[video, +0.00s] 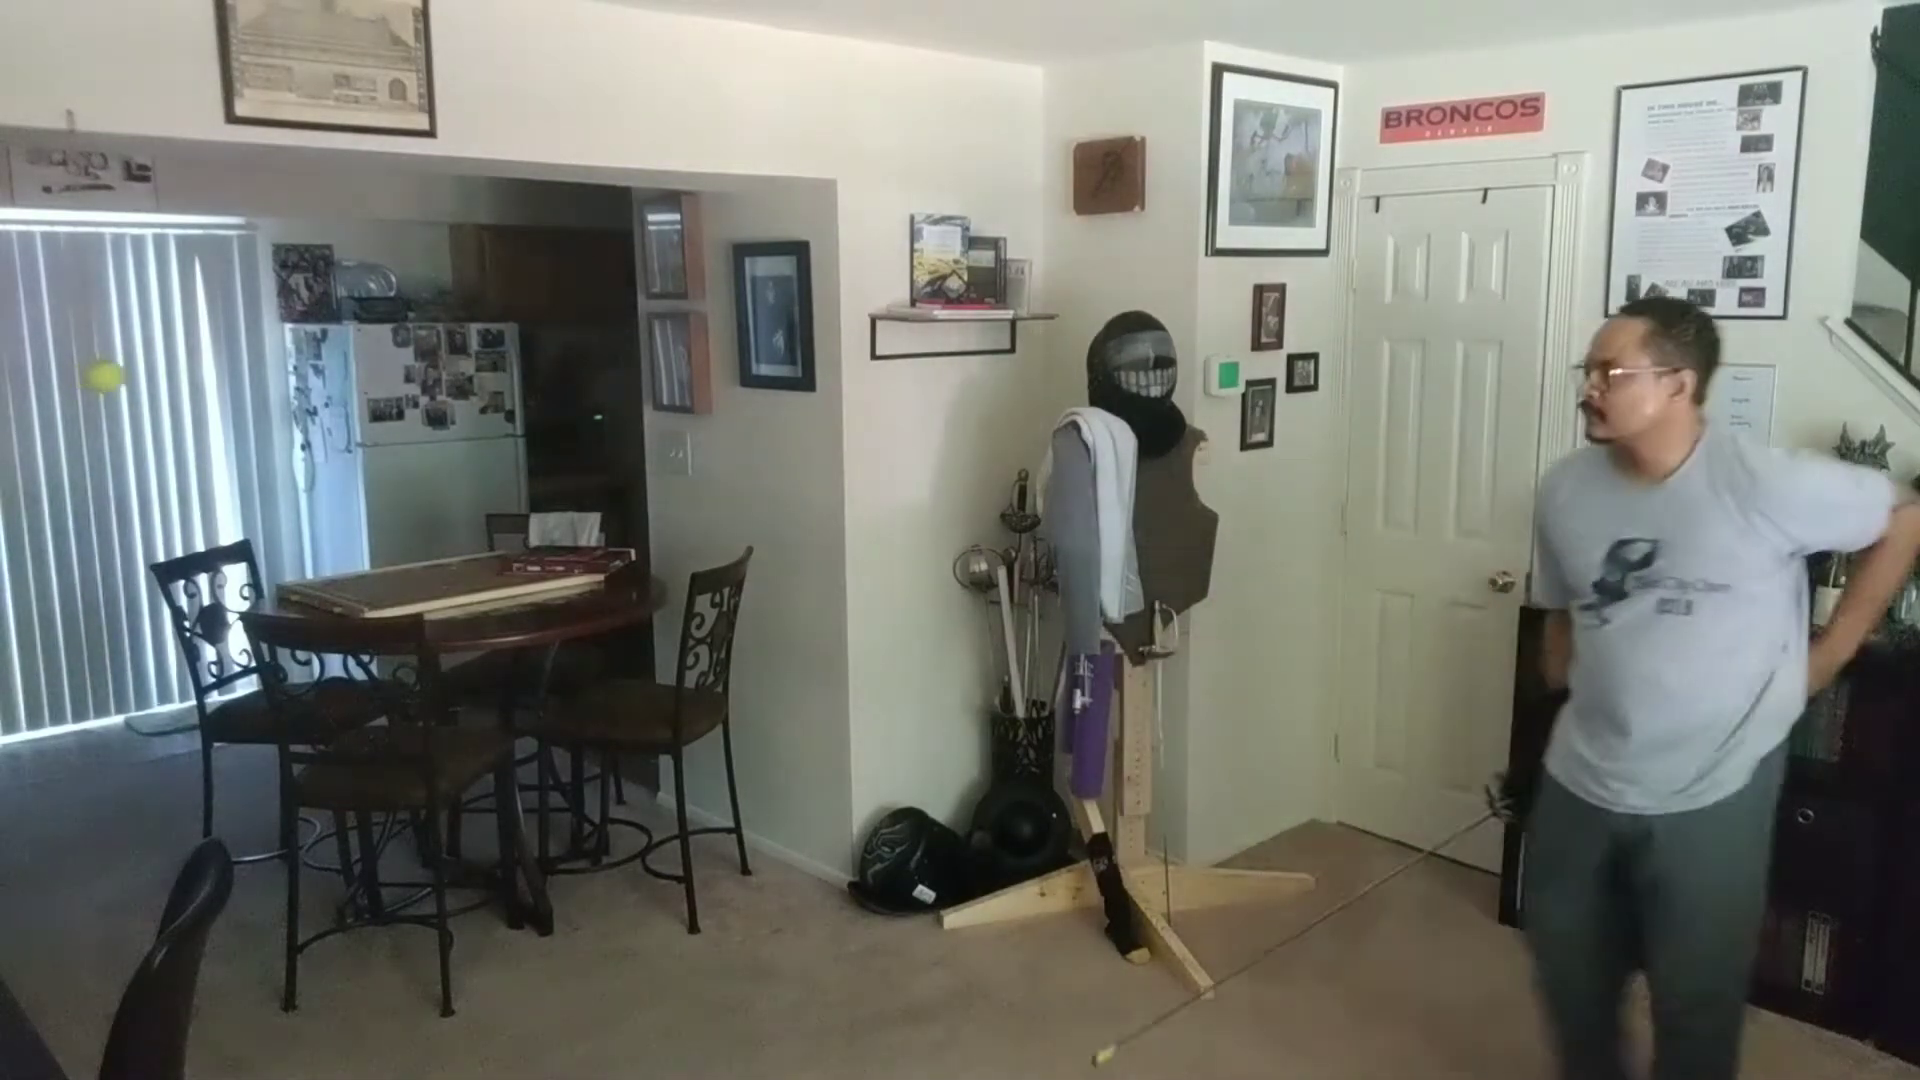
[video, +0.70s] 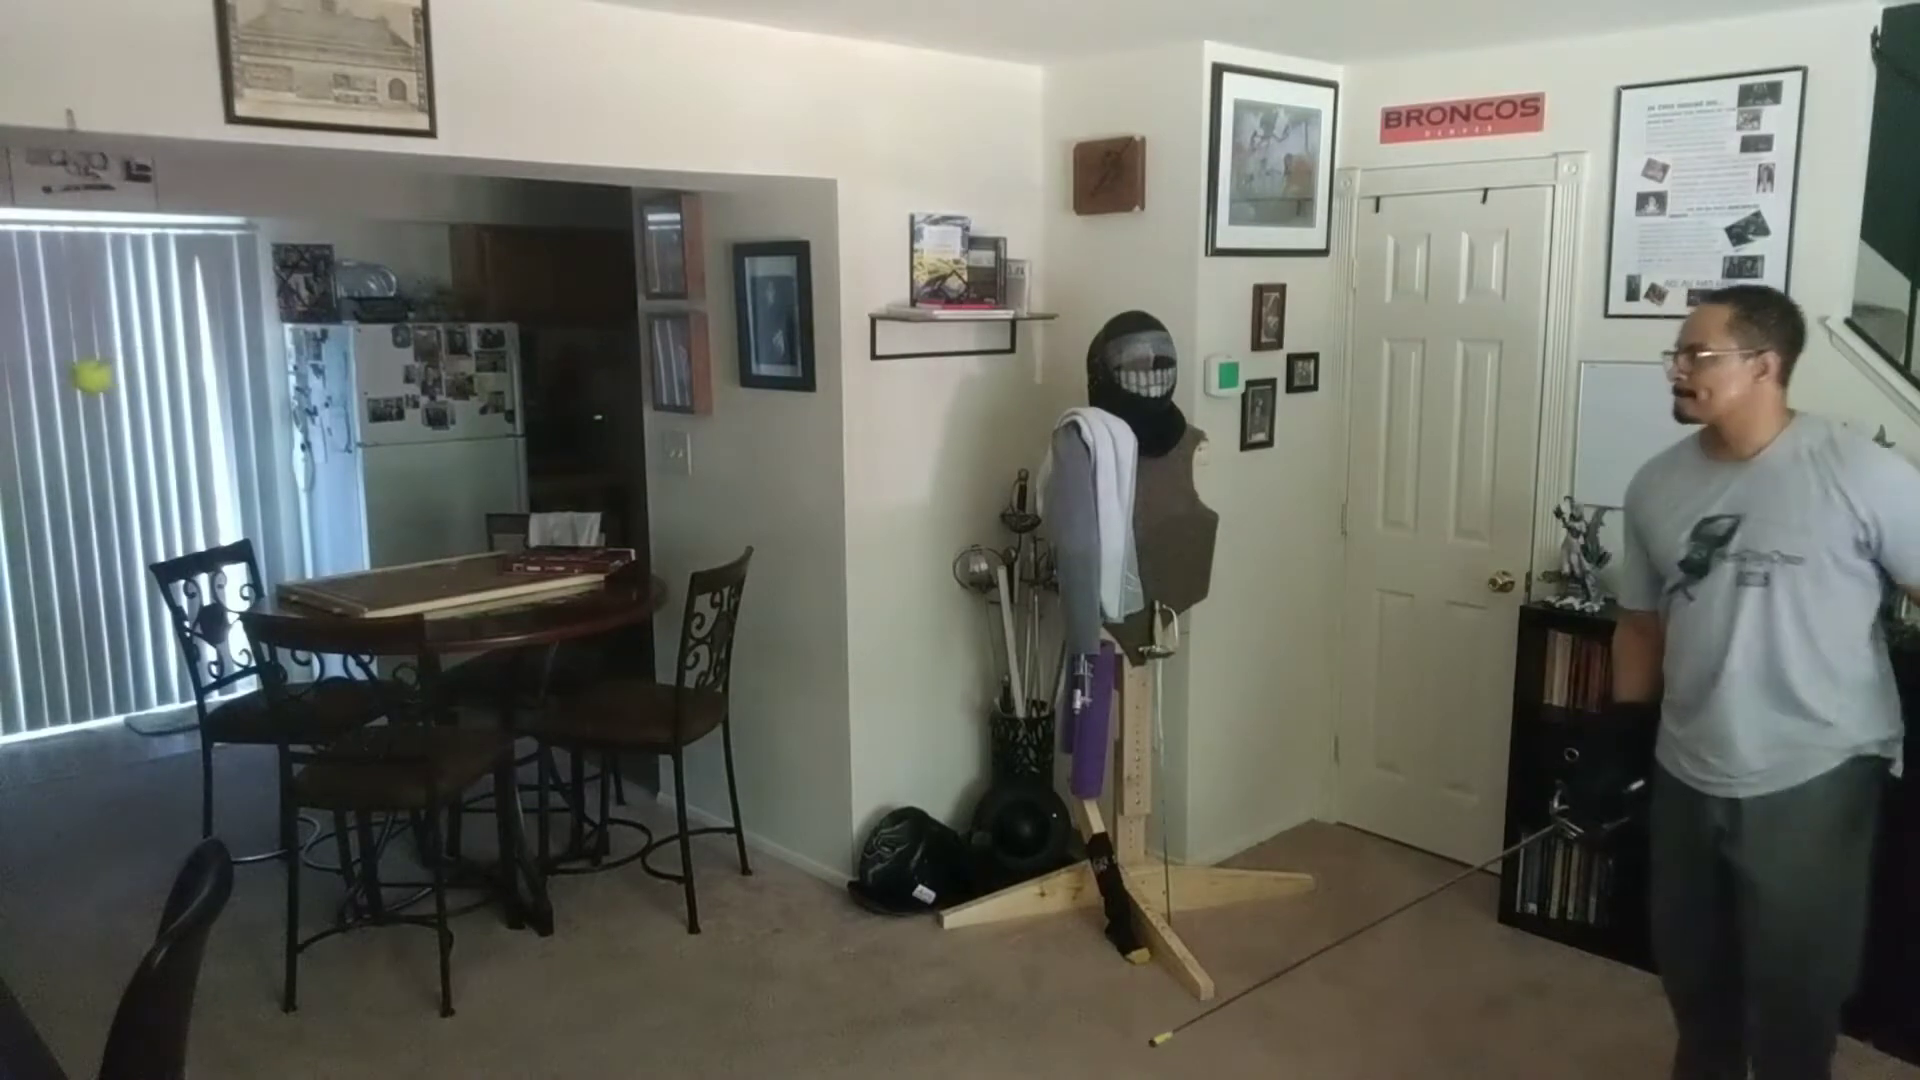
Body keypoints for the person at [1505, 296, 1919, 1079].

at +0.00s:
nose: (1587, 389)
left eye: (1608, 373)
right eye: (1587, 372)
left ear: (1675, 386)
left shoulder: (1763, 483)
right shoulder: (1565, 487)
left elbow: (1904, 518)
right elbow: (1560, 607)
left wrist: (1828, 657)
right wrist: (1563, 675)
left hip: (1716, 798)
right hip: (1579, 783)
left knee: (1696, 1022)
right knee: (1572, 1003)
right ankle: (1592, 1070)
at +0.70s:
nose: (1676, 370)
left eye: (1698, 356)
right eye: (1677, 354)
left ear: (1765, 367)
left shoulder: (1857, 470)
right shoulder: (1654, 486)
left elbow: (1916, 584)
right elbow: (1639, 628)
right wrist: (1623, 753)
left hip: (1814, 781)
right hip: (1686, 776)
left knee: (1792, 1016)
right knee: (1697, 1005)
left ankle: (1788, 1071)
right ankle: (1706, 1065)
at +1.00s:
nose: (1725, 387)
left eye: (1748, 370)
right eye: (1725, 370)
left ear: (1817, 380)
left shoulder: (1901, 487)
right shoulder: (1691, 501)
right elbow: (1609, 627)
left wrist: (1912, 734)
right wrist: (1547, 719)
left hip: (1857, 801)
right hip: (1710, 782)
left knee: (1843, 1016)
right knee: (1633, 925)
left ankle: (1809, 1074)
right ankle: (1683, 1069)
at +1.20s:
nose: (1723, 423)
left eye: (1745, 403)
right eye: (1724, 406)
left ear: (1817, 412)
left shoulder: (1901, 499)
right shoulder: (1701, 526)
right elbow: (1570, 601)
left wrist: (1843, 639)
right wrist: (1435, 660)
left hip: (1879, 812)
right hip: (1733, 782)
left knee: (1870, 1024)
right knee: (1613, 907)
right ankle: (1577, 1069)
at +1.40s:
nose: (1689, 461)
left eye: (1709, 443)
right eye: (1690, 445)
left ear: (1782, 453)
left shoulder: (1877, 522)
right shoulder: (1679, 554)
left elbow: (1907, 639)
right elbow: (1536, 580)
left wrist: (1752, 579)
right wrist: (1380, 595)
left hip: (1886, 835)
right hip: (1741, 818)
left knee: (1863, 1047)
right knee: (1624, 1008)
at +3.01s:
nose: (1625, 482)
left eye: (1646, 466)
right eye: (1628, 465)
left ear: (1716, 482)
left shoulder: (1812, 559)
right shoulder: (1612, 568)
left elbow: (1780, 687)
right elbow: (1498, 632)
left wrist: (1675, 558)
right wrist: (1386, 585)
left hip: (1826, 866)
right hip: (1670, 826)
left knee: (1832, 1056)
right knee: (1559, 966)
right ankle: (1487, 1074)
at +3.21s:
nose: (1545, 479)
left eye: (1567, 464)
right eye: (1549, 461)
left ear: (1638, 479)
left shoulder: (1730, 559)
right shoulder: (1542, 569)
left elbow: (1686, 685)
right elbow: (1422, 627)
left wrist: (1590, 553)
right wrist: (1314, 578)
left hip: (1726, 862)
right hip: (1583, 822)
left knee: (1743, 1044)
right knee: (1481, 972)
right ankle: (1451, 1073)